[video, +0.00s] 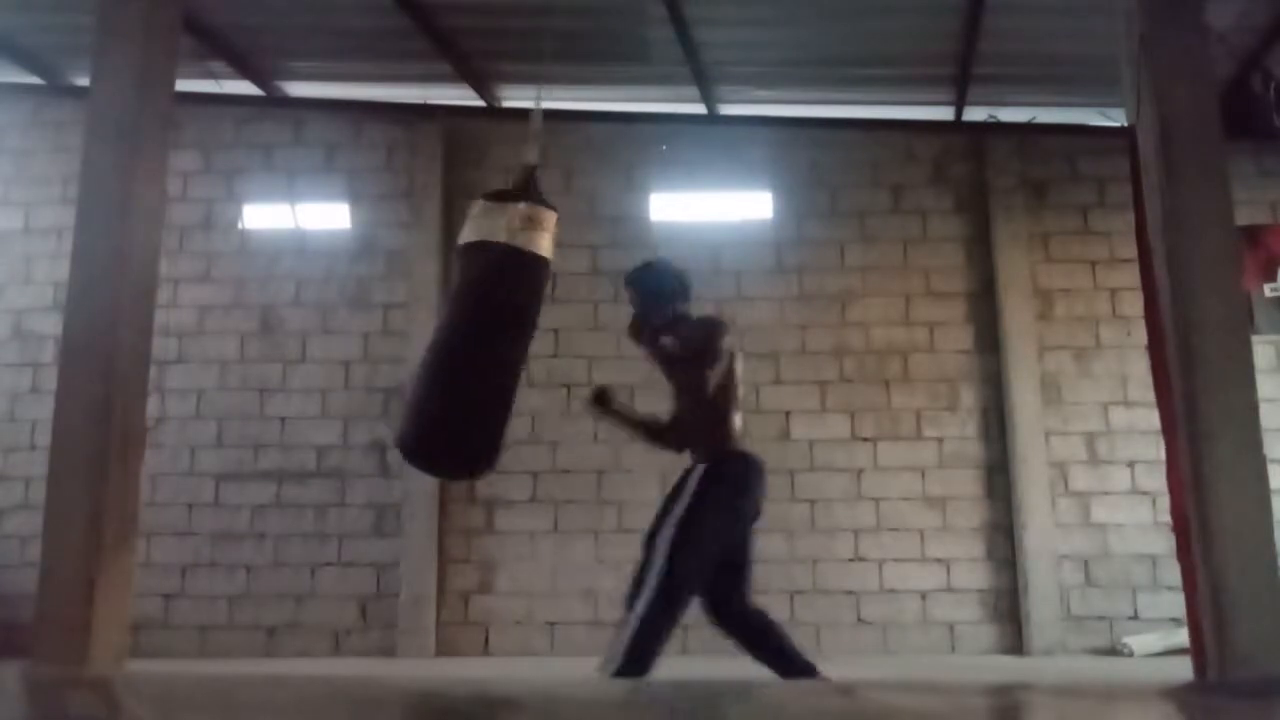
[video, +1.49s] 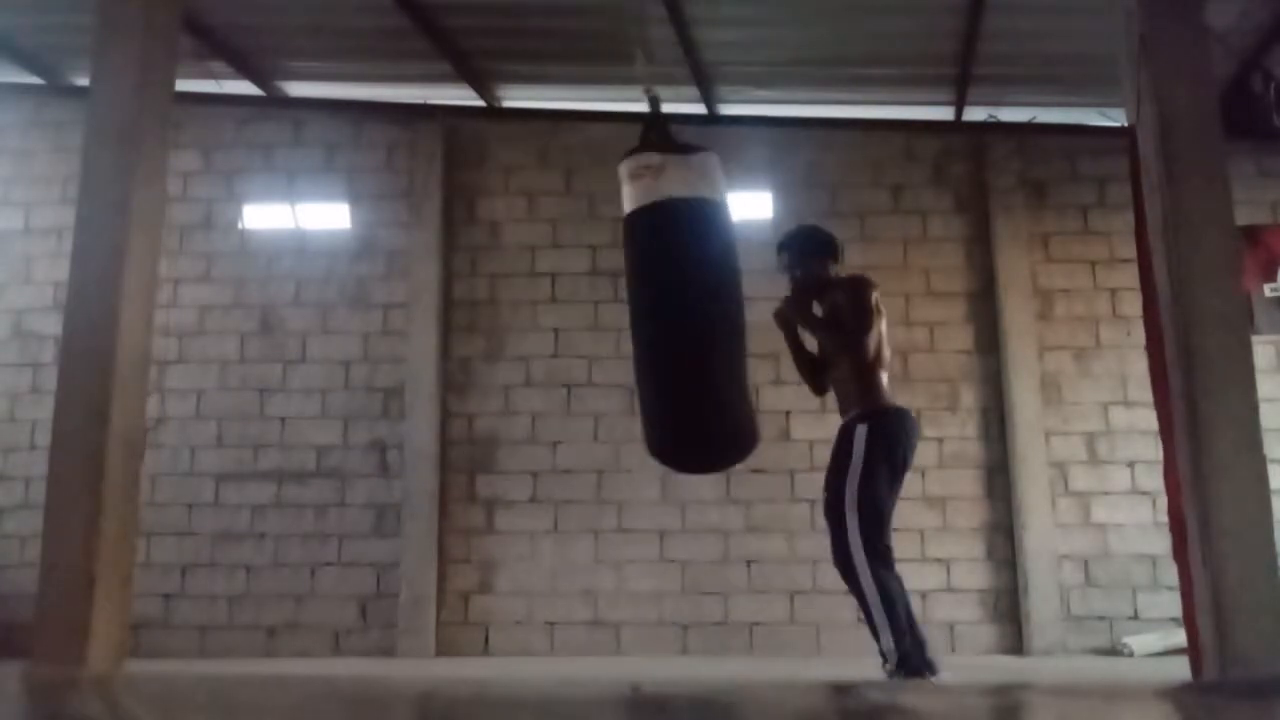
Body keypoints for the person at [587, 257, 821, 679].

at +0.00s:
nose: (632, 315)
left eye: (637, 303)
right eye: (631, 303)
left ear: (660, 301)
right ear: (671, 302)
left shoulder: (694, 329)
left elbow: (716, 335)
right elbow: (677, 438)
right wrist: (614, 410)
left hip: (717, 472)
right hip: (736, 474)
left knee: (663, 574)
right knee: (727, 604)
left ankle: (615, 685)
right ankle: (813, 686)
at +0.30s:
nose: (688, 291)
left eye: (693, 280)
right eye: (687, 281)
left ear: (716, 276)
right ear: (730, 275)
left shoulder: (751, 310)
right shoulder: (765, 319)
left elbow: (730, 378)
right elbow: (738, 395)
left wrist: (693, 330)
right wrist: (697, 335)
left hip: (761, 453)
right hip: (790, 451)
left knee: (721, 570)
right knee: (759, 570)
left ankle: (785, 677)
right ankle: (845, 664)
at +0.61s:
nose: (737, 274)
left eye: (742, 263)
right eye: (737, 264)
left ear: (765, 263)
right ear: (767, 266)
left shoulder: (810, 297)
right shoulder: (768, 313)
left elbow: (811, 358)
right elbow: (771, 387)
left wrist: (765, 317)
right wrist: (749, 332)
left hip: (827, 435)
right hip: (846, 434)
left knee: (784, 548)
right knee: (838, 556)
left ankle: (804, 671)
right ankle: (913, 666)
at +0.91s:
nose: (784, 302)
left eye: (788, 291)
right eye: (782, 292)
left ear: (814, 288)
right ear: (806, 290)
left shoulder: (857, 319)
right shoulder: (820, 336)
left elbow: (862, 382)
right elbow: (814, 406)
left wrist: (808, 343)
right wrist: (790, 354)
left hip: (870, 456)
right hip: (885, 456)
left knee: (826, 561)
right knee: (870, 570)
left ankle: (886, 672)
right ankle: (933, 675)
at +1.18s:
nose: (790, 295)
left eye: (795, 283)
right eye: (789, 285)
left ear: (822, 281)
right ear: (816, 284)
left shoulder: (860, 309)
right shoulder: (832, 332)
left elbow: (859, 375)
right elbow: (816, 400)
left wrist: (821, 325)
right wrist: (792, 341)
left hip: (875, 452)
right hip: (877, 453)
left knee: (850, 571)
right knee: (858, 572)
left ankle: (906, 674)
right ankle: (946, 654)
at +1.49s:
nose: (789, 278)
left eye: (793, 267)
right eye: (786, 269)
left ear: (815, 262)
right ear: (818, 266)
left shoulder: (855, 288)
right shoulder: (825, 308)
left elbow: (862, 350)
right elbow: (818, 382)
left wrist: (807, 317)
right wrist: (788, 330)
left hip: (873, 428)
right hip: (877, 429)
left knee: (855, 551)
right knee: (866, 549)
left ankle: (904, 665)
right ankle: (914, 662)